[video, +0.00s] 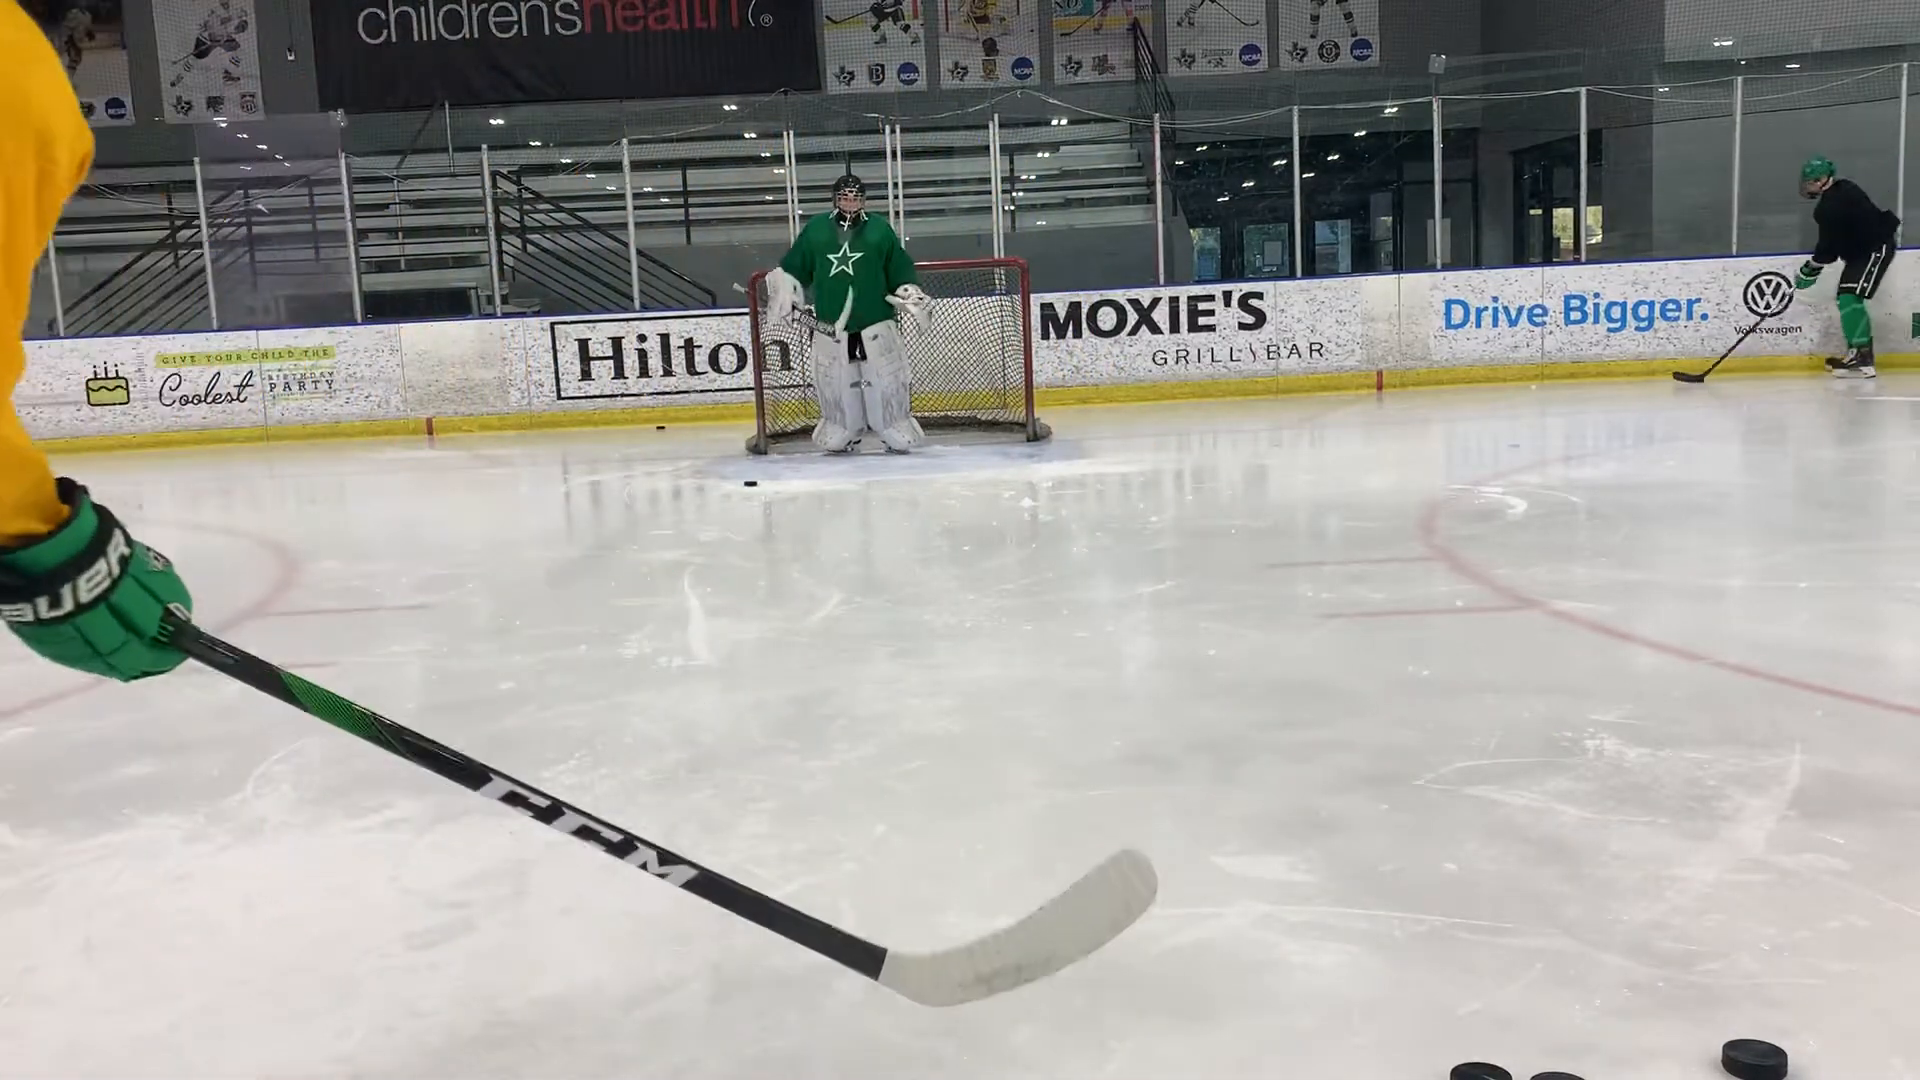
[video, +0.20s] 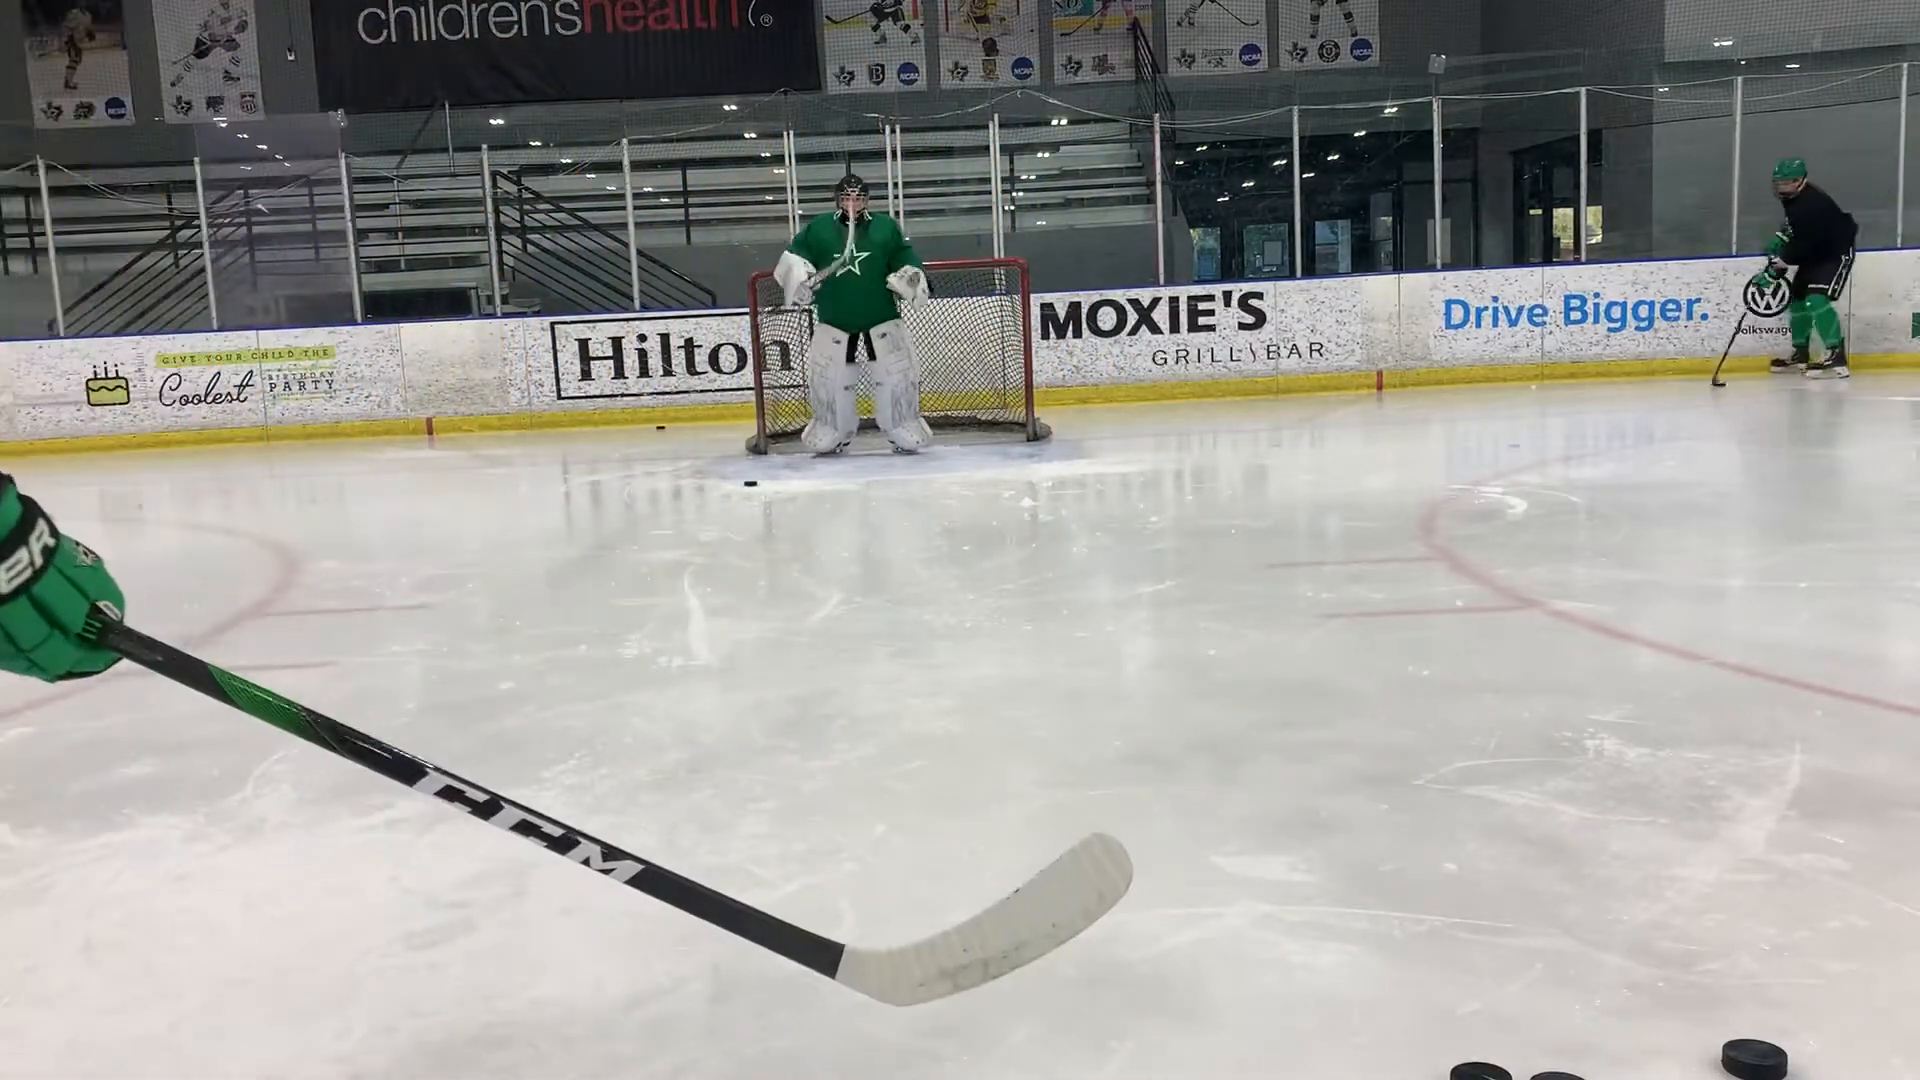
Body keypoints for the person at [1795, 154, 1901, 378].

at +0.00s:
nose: (1807, 187)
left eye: (1811, 182)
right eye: (1806, 182)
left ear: (1824, 180)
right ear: (1825, 179)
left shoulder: (1829, 207)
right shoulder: (1843, 188)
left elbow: (1828, 247)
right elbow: (1832, 239)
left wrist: (1810, 269)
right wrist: (1815, 265)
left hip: (1874, 246)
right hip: (1869, 243)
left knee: (1849, 297)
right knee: (1847, 296)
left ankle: (1861, 356)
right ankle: (1859, 354)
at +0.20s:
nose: (1781, 188)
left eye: (1786, 182)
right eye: (1778, 183)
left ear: (1800, 182)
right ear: (1775, 183)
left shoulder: (1811, 203)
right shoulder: (1790, 198)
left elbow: (1803, 246)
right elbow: (1793, 222)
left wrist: (1776, 269)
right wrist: (1782, 238)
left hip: (1838, 248)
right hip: (1814, 249)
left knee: (1816, 299)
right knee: (1797, 298)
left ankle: (1836, 355)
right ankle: (1801, 354)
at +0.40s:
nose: (1768, 186)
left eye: (1774, 181)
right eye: (1765, 180)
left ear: (1784, 183)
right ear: (1760, 180)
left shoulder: (1794, 206)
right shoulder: (1755, 196)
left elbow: (1778, 250)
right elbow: (1742, 218)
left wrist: (1748, 277)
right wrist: (1733, 240)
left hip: (1802, 259)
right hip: (1773, 256)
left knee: (1785, 299)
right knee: (1755, 301)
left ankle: (1805, 356)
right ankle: (1754, 355)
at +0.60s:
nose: (1759, 183)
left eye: (1765, 179)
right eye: (1756, 178)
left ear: (1774, 181)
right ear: (1750, 179)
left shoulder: (1781, 205)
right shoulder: (1735, 195)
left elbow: (1782, 248)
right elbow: (1711, 222)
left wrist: (1761, 275)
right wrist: (1714, 244)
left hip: (1769, 263)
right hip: (1738, 260)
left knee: (1758, 303)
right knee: (1722, 306)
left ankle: (1775, 359)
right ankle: (1715, 359)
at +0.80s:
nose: (1758, 182)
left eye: (1764, 178)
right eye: (1754, 177)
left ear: (1771, 182)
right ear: (1747, 178)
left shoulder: (1780, 209)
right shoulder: (1728, 199)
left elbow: (1787, 244)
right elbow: (1716, 234)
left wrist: (1787, 272)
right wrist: (1737, 248)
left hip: (1759, 265)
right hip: (1726, 260)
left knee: (1747, 305)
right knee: (1704, 305)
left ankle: (1749, 358)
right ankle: (1685, 358)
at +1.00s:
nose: (1772, 176)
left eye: (1779, 172)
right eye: (1769, 170)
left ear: (1786, 177)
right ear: (1762, 172)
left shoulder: (1792, 208)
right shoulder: (1738, 193)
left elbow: (1795, 244)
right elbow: (1718, 230)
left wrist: (1792, 270)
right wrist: (1732, 250)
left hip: (1761, 262)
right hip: (1727, 255)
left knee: (1749, 308)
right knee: (1703, 306)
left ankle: (1742, 358)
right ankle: (1682, 355)